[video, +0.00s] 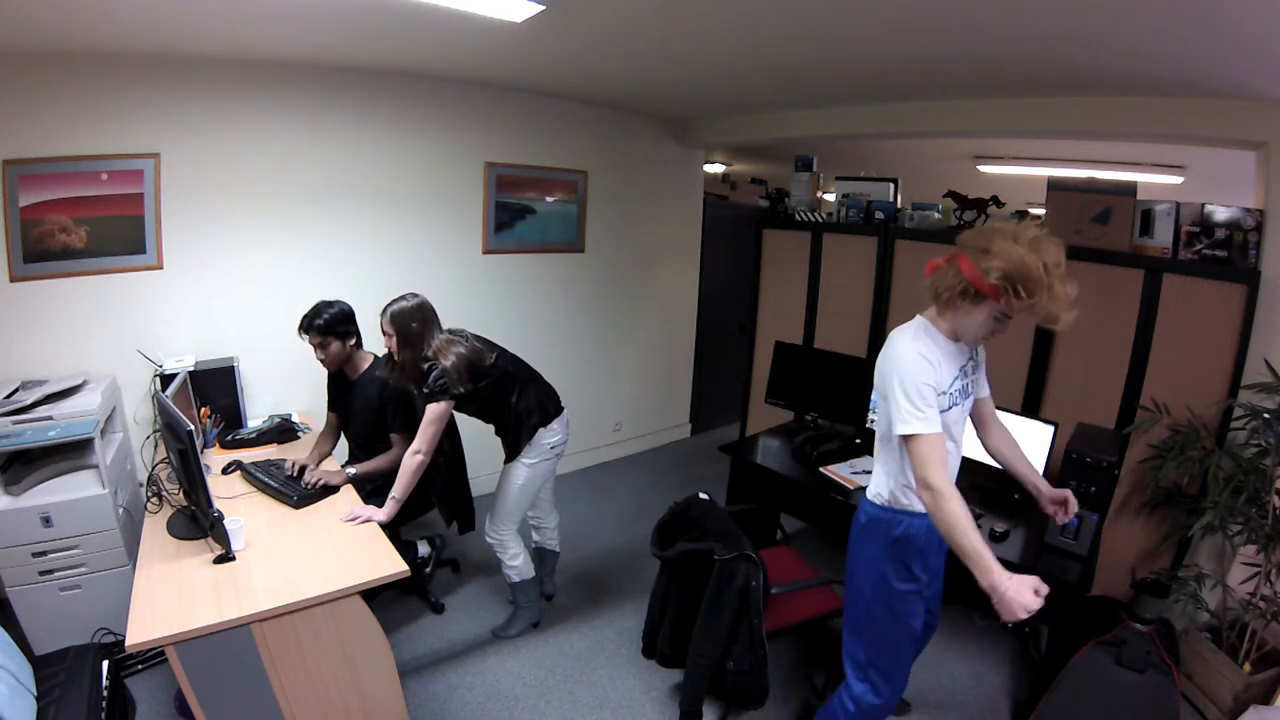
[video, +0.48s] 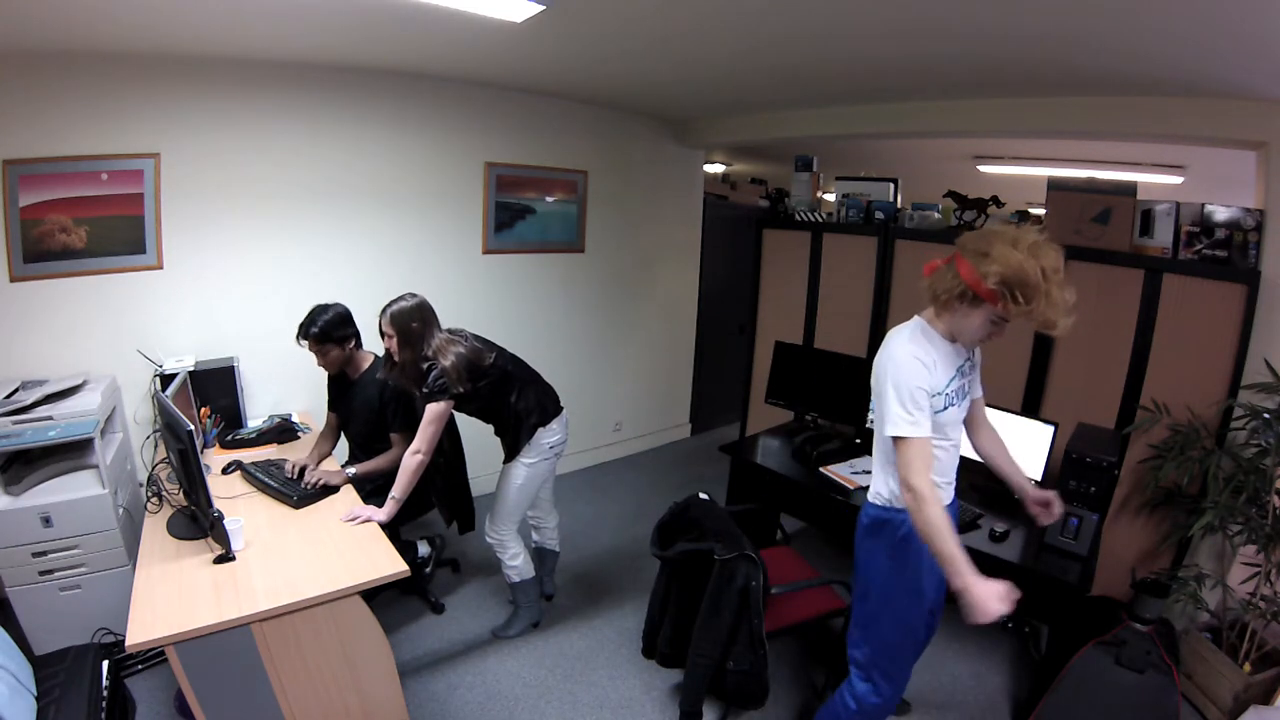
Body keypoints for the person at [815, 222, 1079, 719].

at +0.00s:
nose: (1001, 332)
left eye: (1007, 321)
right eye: (1000, 318)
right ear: (973, 295)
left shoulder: (965, 345)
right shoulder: (909, 355)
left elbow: (988, 424)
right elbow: (932, 485)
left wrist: (1041, 489)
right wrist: (998, 581)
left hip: (930, 527)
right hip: (891, 533)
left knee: (916, 629)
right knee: (874, 688)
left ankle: (881, 694)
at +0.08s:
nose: (998, 333)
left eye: (1005, 322)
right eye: (996, 319)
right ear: (966, 296)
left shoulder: (960, 345)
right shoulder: (905, 356)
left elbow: (974, 424)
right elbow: (911, 487)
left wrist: (1015, 493)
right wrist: (951, 587)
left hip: (942, 515)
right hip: (899, 528)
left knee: (914, 623)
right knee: (876, 679)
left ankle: (881, 697)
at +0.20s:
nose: (999, 330)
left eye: (1006, 319)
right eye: (998, 316)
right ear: (971, 293)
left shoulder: (959, 339)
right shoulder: (904, 356)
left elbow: (965, 420)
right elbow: (897, 487)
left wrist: (994, 492)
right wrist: (924, 588)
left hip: (946, 512)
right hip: (907, 522)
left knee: (915, 615)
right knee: (874, 652)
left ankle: (878, 689)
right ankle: (838, 713)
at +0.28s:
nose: (1003, 326)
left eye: (1010, 314)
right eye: (1001, 312)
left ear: (979, 295)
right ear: (971, 289)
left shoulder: (962, 338)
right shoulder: (908, 352)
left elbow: (974, 417)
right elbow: (911, 481)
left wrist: (1016, 488)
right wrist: (961, 580)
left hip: (940, 508)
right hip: (899, 520)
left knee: (910, 615)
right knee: (870, 650)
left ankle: (873, 688)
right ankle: (835, 713)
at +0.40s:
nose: (1002, 331)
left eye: (1009, 320)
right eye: (1001, 318)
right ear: (974, 294)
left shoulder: (966, 343)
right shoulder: (908, 353)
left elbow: (986, 421)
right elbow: (930, 482)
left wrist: (1042, 484)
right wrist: (1001, 574)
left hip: (929, 520)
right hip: (890, 527)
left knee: (912, 620)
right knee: (868, 677)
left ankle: (877, 690)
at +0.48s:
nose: (997, 335)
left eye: (1004, 325)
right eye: (996, 322)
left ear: (974, 306)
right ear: (967, 299)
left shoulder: (960, 346)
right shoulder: (905, 357)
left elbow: (977, 423)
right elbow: (915, 487)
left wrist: (1024, 488)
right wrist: (968, 582)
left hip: (935, 518)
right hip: (895, 529)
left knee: (916, 627)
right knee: (876, 683)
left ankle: (881, 697)